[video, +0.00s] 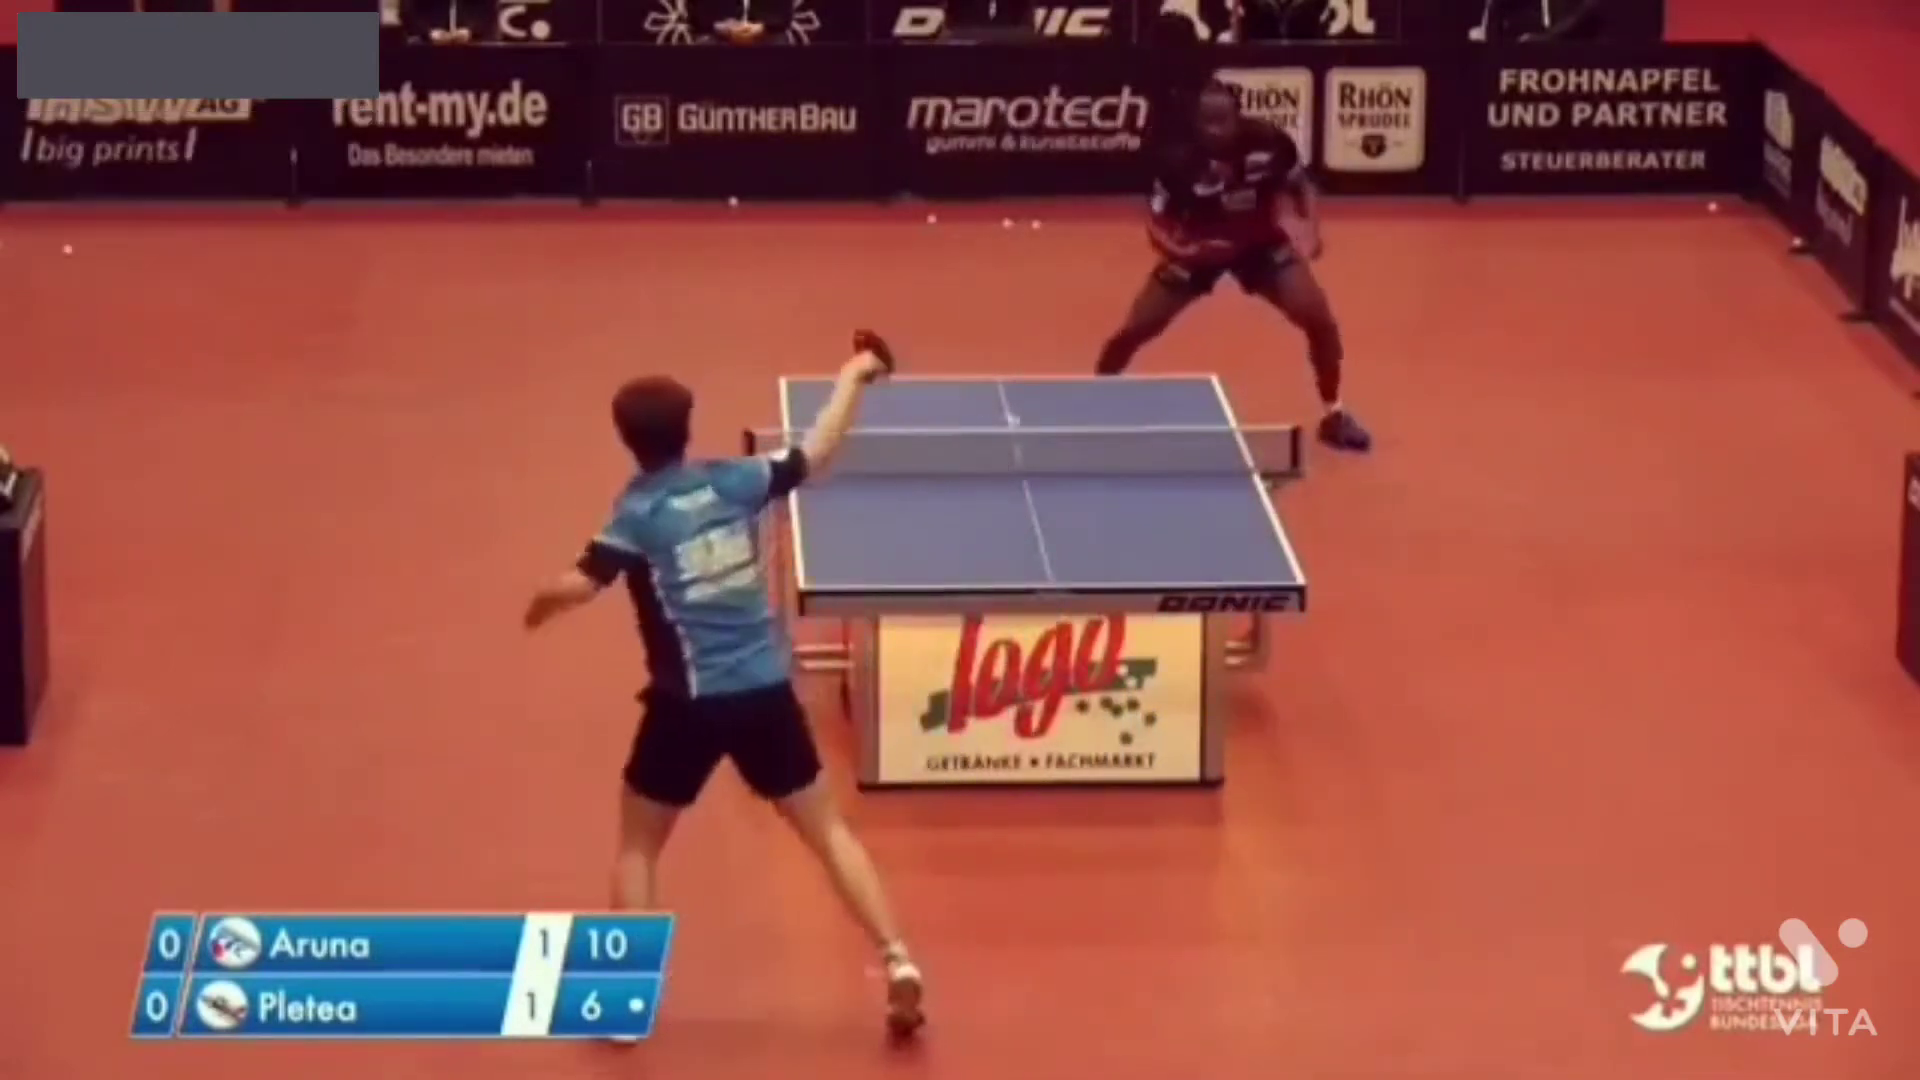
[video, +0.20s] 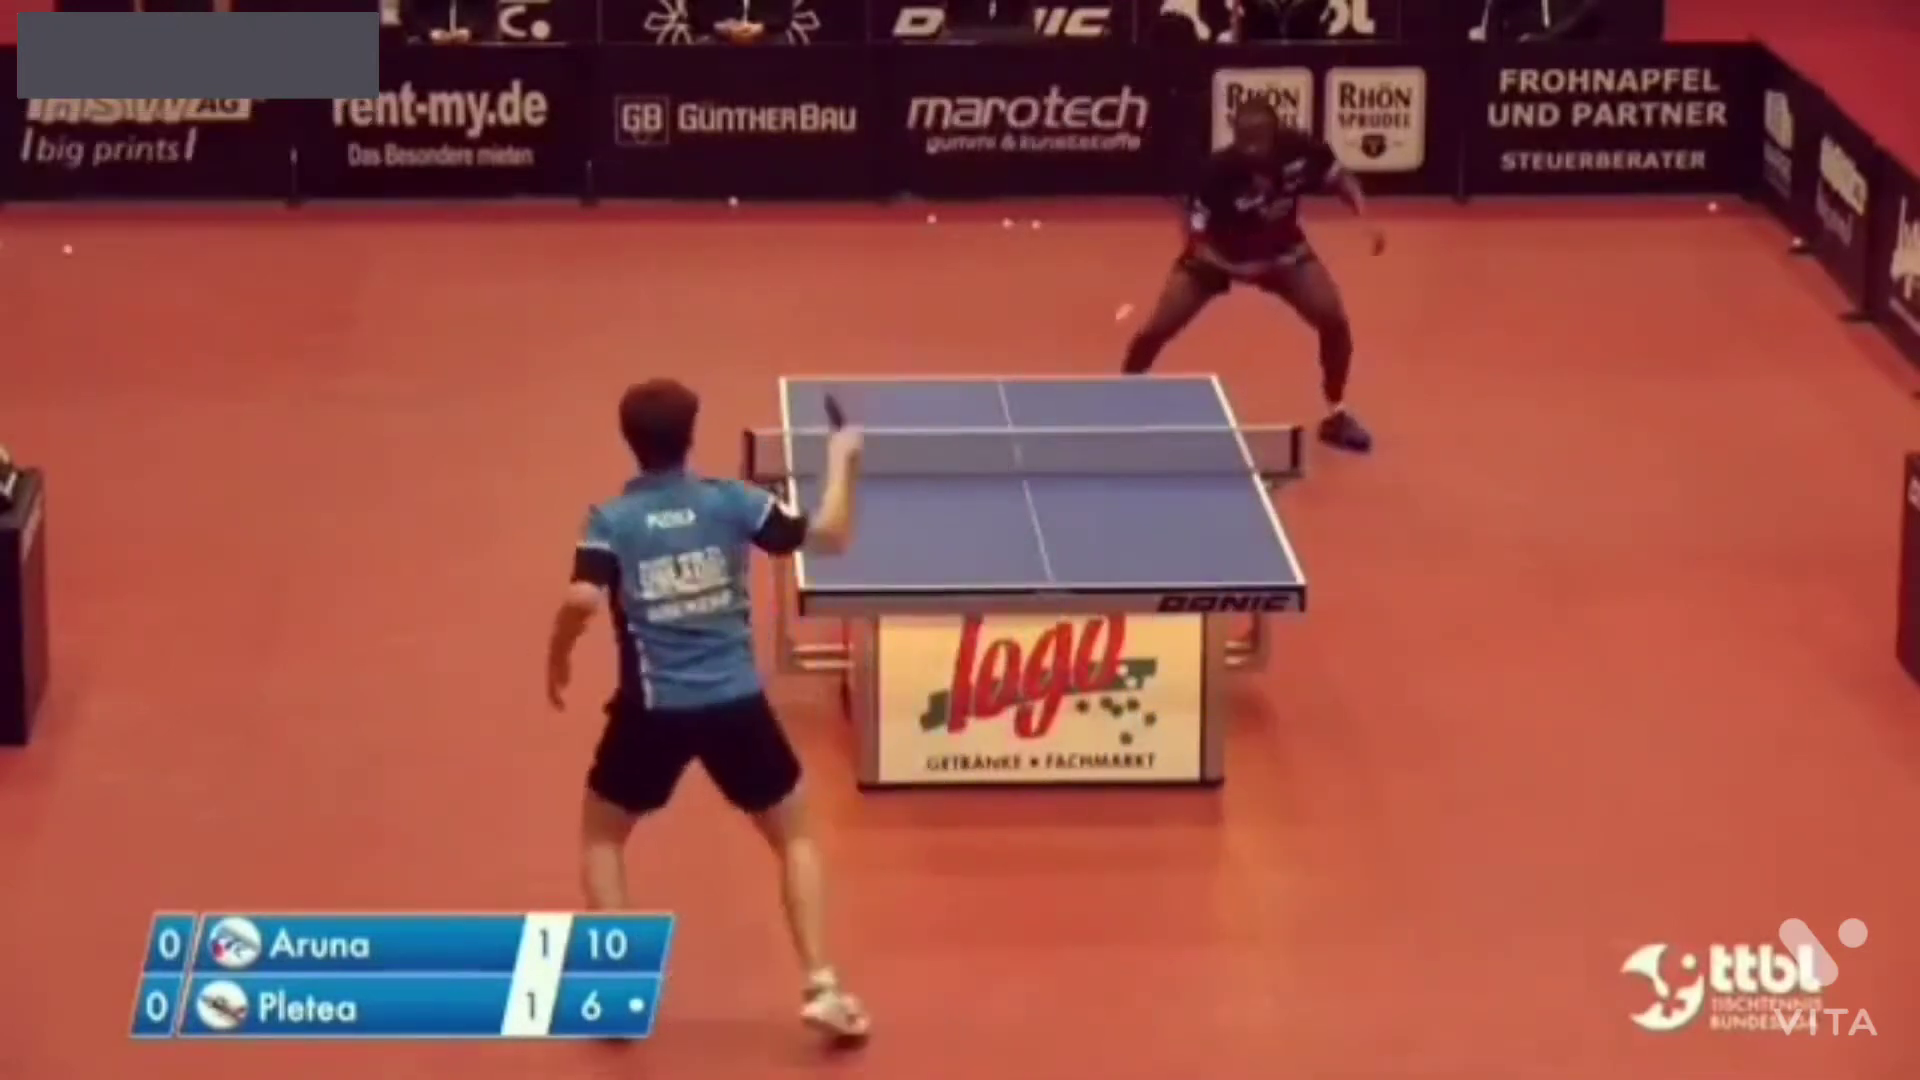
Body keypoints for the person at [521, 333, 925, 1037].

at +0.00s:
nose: (627, 439)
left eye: (627, 430)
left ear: (629, 442)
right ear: (686, 429)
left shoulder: (637, 512)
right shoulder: (734, 482)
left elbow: (582, 584)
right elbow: (814, 455)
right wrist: (852, 375)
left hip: (687, 705)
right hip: (765, 694)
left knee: (639, 845)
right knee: (828, 829)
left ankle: (627, 990)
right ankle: (898, 956)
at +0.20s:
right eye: (685, 426)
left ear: (628, 440)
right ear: (691, 435)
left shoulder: (612, 519)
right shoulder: (730, 501)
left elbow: (580, 602)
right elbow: (829, 535)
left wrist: (558, 661)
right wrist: (842, 465)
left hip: (653, 715)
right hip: (737, 710)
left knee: (603, 835)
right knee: (794, 834)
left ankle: (614, 981)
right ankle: (821, 984)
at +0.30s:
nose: (712, 455)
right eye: (712, 446)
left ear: (648, 455)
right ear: (710, 454)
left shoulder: (619, 525)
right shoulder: (738, 529)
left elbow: (556, 605)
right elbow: (806, 604)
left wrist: (560, 652)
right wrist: (828, 547)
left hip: (641, 726)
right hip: (725, 728)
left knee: (578, 825)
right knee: (780, 861)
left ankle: (547, 976)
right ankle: (791, 1015)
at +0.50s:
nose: (739, 474)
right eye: (736, 467)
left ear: (671, 471)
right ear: (731, 479)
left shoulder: (620, 517)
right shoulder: (732, 569)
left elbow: (555, 547)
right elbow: (759, 664)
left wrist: (611, 567)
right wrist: (802, 641)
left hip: (564, 712)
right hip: (642, 730)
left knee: (524, 801)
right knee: (756, 824)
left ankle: (478, 928)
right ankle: (731, 977)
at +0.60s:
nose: (741, 480)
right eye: (740, 472)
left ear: (675, 478)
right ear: (734, 486)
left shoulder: (625, 519)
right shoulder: (733, 576)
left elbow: (561, 548)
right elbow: (754, 673)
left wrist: (610, 567)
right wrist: (806, 656)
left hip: (556, 712)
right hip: (633, 733)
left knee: (521, 802)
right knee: (751, 821)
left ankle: (454, 918)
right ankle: (716, 971)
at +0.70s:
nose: (748, 521)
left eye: (743, 509)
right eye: (745, 514)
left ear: (684, 513)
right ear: (737, 531)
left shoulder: (648, 549)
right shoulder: (706, 621)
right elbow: (716, 727)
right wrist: (783, 763)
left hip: (536, 727)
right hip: (599, 755)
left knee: (495, 825)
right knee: (723, 831)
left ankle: (395, 912)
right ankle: (703, 981)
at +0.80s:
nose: (735, 555)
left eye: (731, 545)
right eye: (732, 549)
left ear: (673, 545)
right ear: (720, 563)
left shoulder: (653, 575)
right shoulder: (671, 647)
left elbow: (714, 599)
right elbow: (645, 756)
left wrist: (779, 626)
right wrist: (707, 818)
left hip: (513, 731)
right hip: (564, 766)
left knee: (490, 834)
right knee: (702, 829)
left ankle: (370, 906)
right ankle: (704, 980)